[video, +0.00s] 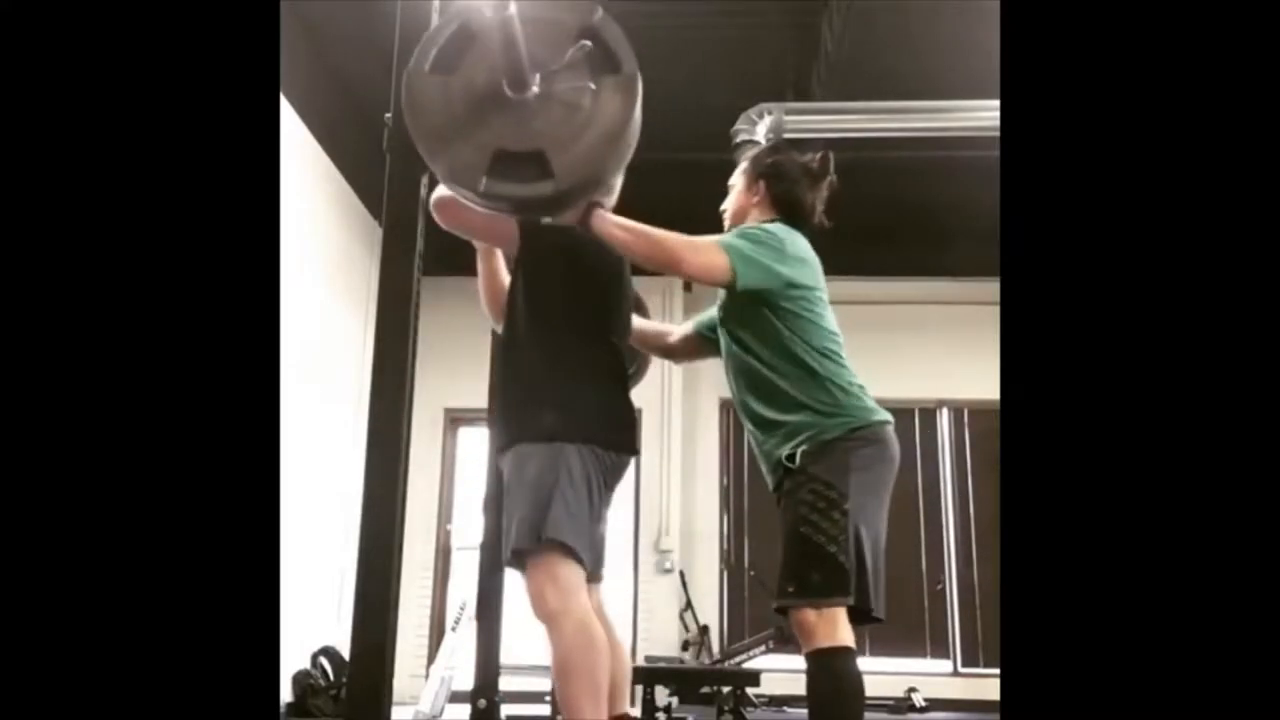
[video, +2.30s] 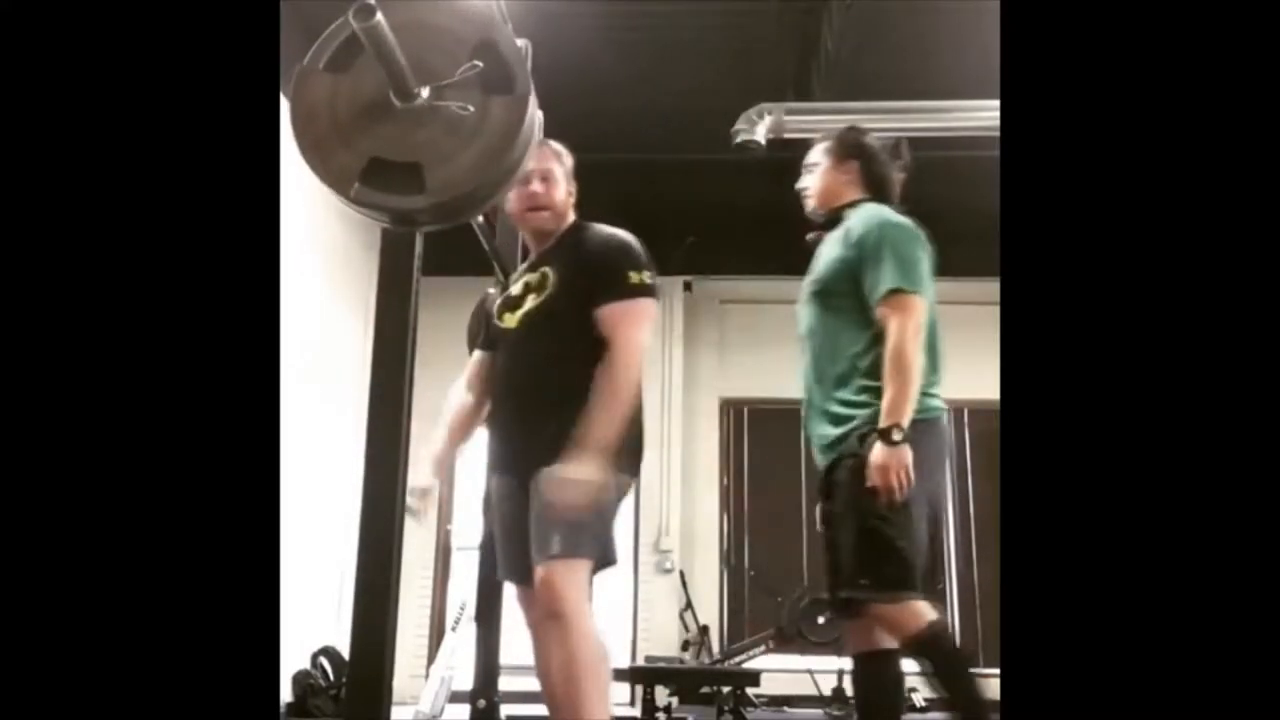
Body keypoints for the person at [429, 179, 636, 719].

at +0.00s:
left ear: (553, 177)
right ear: (596, 187)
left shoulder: (564, 243)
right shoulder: (592, 253)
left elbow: (449, 209)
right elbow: (503, 313)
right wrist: (485, 236)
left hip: (559, 429)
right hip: (587, 431)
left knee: (556, 593)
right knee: (583, 597)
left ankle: (584, 714)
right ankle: (616, 711)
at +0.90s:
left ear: (480, 160)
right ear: (539, 171)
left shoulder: (484, 225)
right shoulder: (541, 239)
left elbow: (365, 247)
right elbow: (451, 342)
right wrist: (410, 282)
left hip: (521, 441)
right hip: (571, 437)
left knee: (512, 607)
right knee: (581, 606)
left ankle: (576, 713)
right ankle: (614, 713)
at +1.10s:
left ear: (476, 172)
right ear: (542, 173)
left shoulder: (485, 236)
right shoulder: (552, 244)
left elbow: (399, 286)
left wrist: (344, 316)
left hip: (547, 442)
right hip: (598, 435)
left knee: (541, 602)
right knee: (596, 602)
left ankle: (582, 716)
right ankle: (623, 715)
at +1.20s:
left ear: (479, 176)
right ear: (539, 178)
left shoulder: (497, 240)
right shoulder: (549, 245)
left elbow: (430, 339)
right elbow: (549, 371)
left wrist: (341, 395)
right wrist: (465, 422)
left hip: (556, 443)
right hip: (603, 435)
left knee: (551, 604)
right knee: (600, 603)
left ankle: (585, 716)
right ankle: (624, 716)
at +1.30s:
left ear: (486, 178)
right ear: (544, 177)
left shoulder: (503, 245)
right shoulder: (548, 247)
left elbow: (473, 351)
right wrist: (506, 482)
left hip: (558, 444)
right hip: (599, 438)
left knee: (555, 602)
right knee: (599, 605)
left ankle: (586, 716)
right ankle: (623, 714)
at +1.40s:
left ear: (490, 171)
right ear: (543, 170)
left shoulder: (507, 239)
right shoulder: (544, 239)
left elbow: (510, 359)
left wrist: (525, 470)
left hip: (560, 442)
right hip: (594, 438)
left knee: (553, 604)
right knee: (597, 606)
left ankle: (587, 712)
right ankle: (622, 713)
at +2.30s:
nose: (535, 189)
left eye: (547, 177)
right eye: (522, 180)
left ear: (571, 190)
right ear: (504, 200)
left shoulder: (606, 250)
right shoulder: (501, 297)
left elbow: (628, 355)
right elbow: (474, 388)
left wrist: (589, 453)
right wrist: (438, 457)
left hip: (576, 454)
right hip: (513, 464)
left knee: (560, 591)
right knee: (535, 602)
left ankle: (592, 715)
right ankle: (565, 714)